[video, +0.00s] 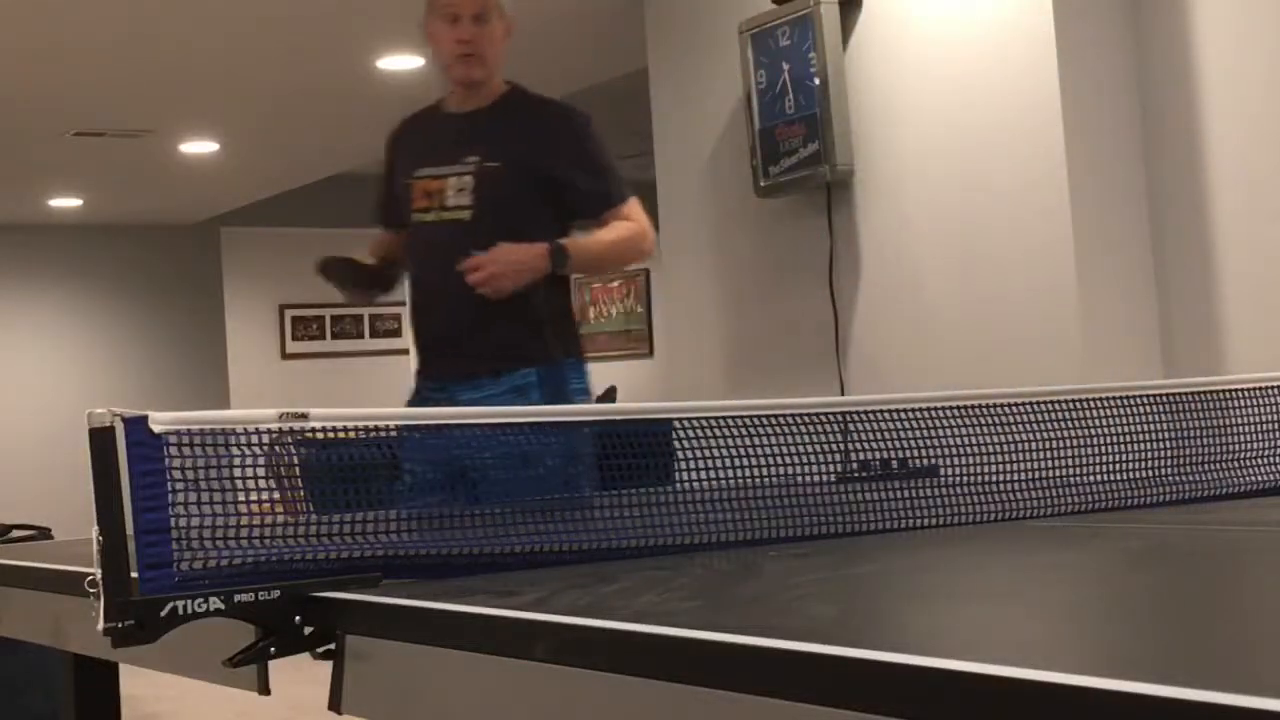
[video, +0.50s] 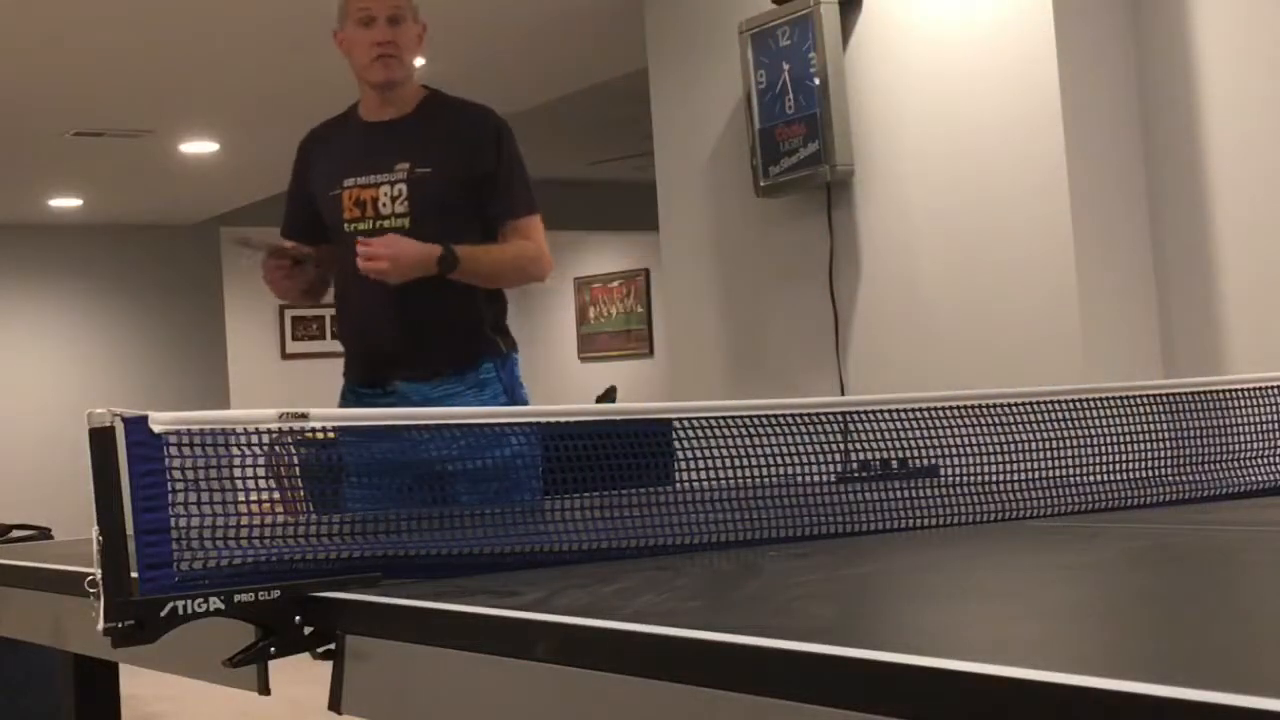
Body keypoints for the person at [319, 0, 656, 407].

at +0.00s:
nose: (465, 33)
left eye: (480, 19)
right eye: (450, 19)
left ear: (506, 30)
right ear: (428, 34)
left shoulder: (555, 126)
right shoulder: (410, 139)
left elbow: (638, 236)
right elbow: (398, 241)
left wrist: (547, 257)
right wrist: (372, 271)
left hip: (536, 389)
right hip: (438, 392)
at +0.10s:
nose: (436, 33)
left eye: (449, 17)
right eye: (419, 19)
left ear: (473, 30)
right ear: (396, 36)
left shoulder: (527, 126)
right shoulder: (375, 143)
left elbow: (611, 233)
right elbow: (355, 247)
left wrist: (508, 254)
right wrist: (331, 274)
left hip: (512, 387)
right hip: (414, 392)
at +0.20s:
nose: (413, 35)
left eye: (426, 20)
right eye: (396, 21)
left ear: (449, 34)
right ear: (371, 39)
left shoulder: (506, 129)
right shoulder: (350, 146)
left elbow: (584, 242)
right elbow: (323, 244)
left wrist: (474, 265)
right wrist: (308, 273)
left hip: (494, 385)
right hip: (397, 389)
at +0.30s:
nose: (398, 36)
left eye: (411, 22)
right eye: (381, 23)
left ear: (434, 36)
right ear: (356, 42)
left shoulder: (490, 129)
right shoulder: (333, 148)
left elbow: (555, 251)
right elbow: (306, 247)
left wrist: (444, 258)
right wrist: (289, 279)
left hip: (484, 385)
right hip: (385, 391)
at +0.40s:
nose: (389, 36)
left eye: (401, 21)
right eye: (372, 23)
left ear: (425, 37)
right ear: (347, 42)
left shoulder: (482, 130)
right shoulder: (323, 149)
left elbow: (537, 256)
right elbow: (303, 272)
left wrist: (431, 254)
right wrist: (282, 280)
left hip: (478, 391)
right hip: (375, 399)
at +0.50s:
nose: (383, 36)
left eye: (396, 21)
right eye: (366, 23)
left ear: (420, 35)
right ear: (342, 42)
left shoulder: (478, 130)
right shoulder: (320, 149)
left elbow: (534, 258)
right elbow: (315, 279)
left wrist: (436, 260)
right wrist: (291, 279)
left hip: (476, 395)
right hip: (370, 404)